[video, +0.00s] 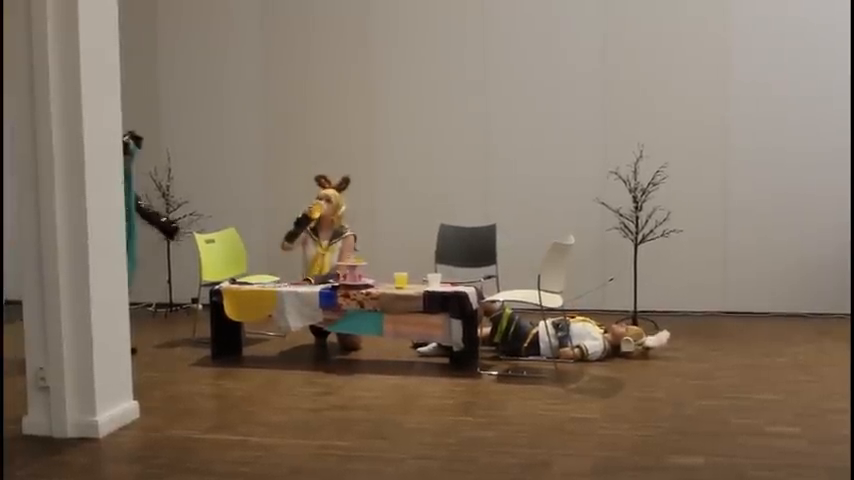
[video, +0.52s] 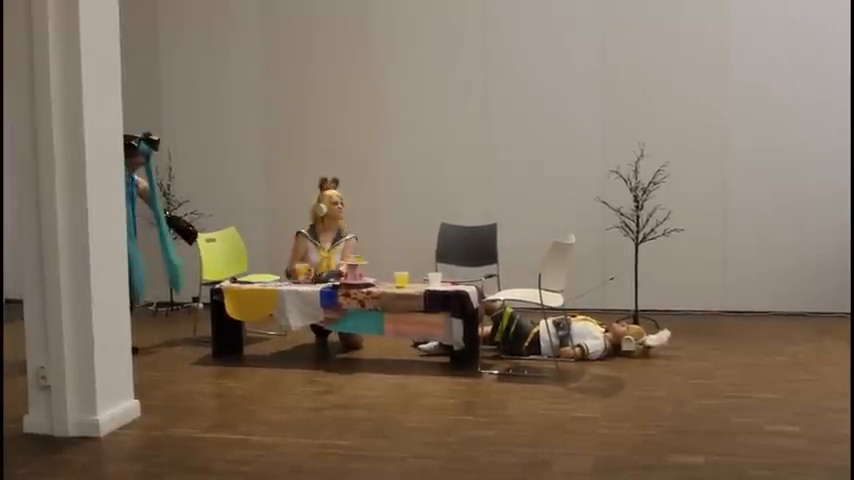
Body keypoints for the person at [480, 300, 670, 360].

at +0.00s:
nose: (621, 324)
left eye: (625, 327)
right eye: (625, 323)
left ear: (623, 340)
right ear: (618, 327)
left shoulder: (599, 345)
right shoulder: (597, 331)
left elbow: (566, 354)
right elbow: (566, 325)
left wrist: (561, 333)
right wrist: (562, 320)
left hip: (531, 342)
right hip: (532, 332)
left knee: (493, 308)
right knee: (492, 331)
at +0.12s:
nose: (620, 324)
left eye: (625, 328)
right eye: (624, 323)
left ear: (623, 342)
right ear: (617, 325)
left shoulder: (598, 346)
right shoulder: (597, 330)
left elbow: (567, 354)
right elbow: (566, 322)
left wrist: (560, 345)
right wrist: (565, 319)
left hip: (531, 342)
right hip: (533, 331)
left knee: (497, 309)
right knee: (492, 330)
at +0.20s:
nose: (620, 324)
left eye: (625, 328)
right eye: (624, 323)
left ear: (623, 341)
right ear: (617, 325)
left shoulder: (598, 346)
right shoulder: (597, 330)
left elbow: (567, 354)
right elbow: (567, 322)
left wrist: (561, 336)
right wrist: (566, 319)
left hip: (532, 342)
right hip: (533, 331)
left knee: (497, 308)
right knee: (492, 331)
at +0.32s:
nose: (621, 323)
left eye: (625, 326)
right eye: (624, 322)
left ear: (624, 340)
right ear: (617, 325)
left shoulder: (599, 345)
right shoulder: (596, 329)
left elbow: (568, 353)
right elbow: (565, 322)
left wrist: (561, 339)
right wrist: (564, 319)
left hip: (532, 342)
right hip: (532, 330)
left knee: (495, 307)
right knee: (492, 330)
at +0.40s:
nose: (621, 323)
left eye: (625, 326)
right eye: (625, 322)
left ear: (624, 339)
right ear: (618, 325)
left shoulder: (599, 345)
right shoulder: (596, 328)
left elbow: (568, 353)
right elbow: (566, 320)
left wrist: (559, 341)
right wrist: (565, 318)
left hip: (531, 342)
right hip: (532, 330)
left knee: (495, 307)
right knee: (491, 331)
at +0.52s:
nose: (621, 323)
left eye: (626, 326)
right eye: (625, 322)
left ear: (624, 340)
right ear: (618, 325)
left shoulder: (599, 345)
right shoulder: (597, 329)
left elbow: (569, 353)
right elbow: (564, 324)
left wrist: (556, 344)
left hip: (531, 342)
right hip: (532, 331)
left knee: (499, 309)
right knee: (492, 331)